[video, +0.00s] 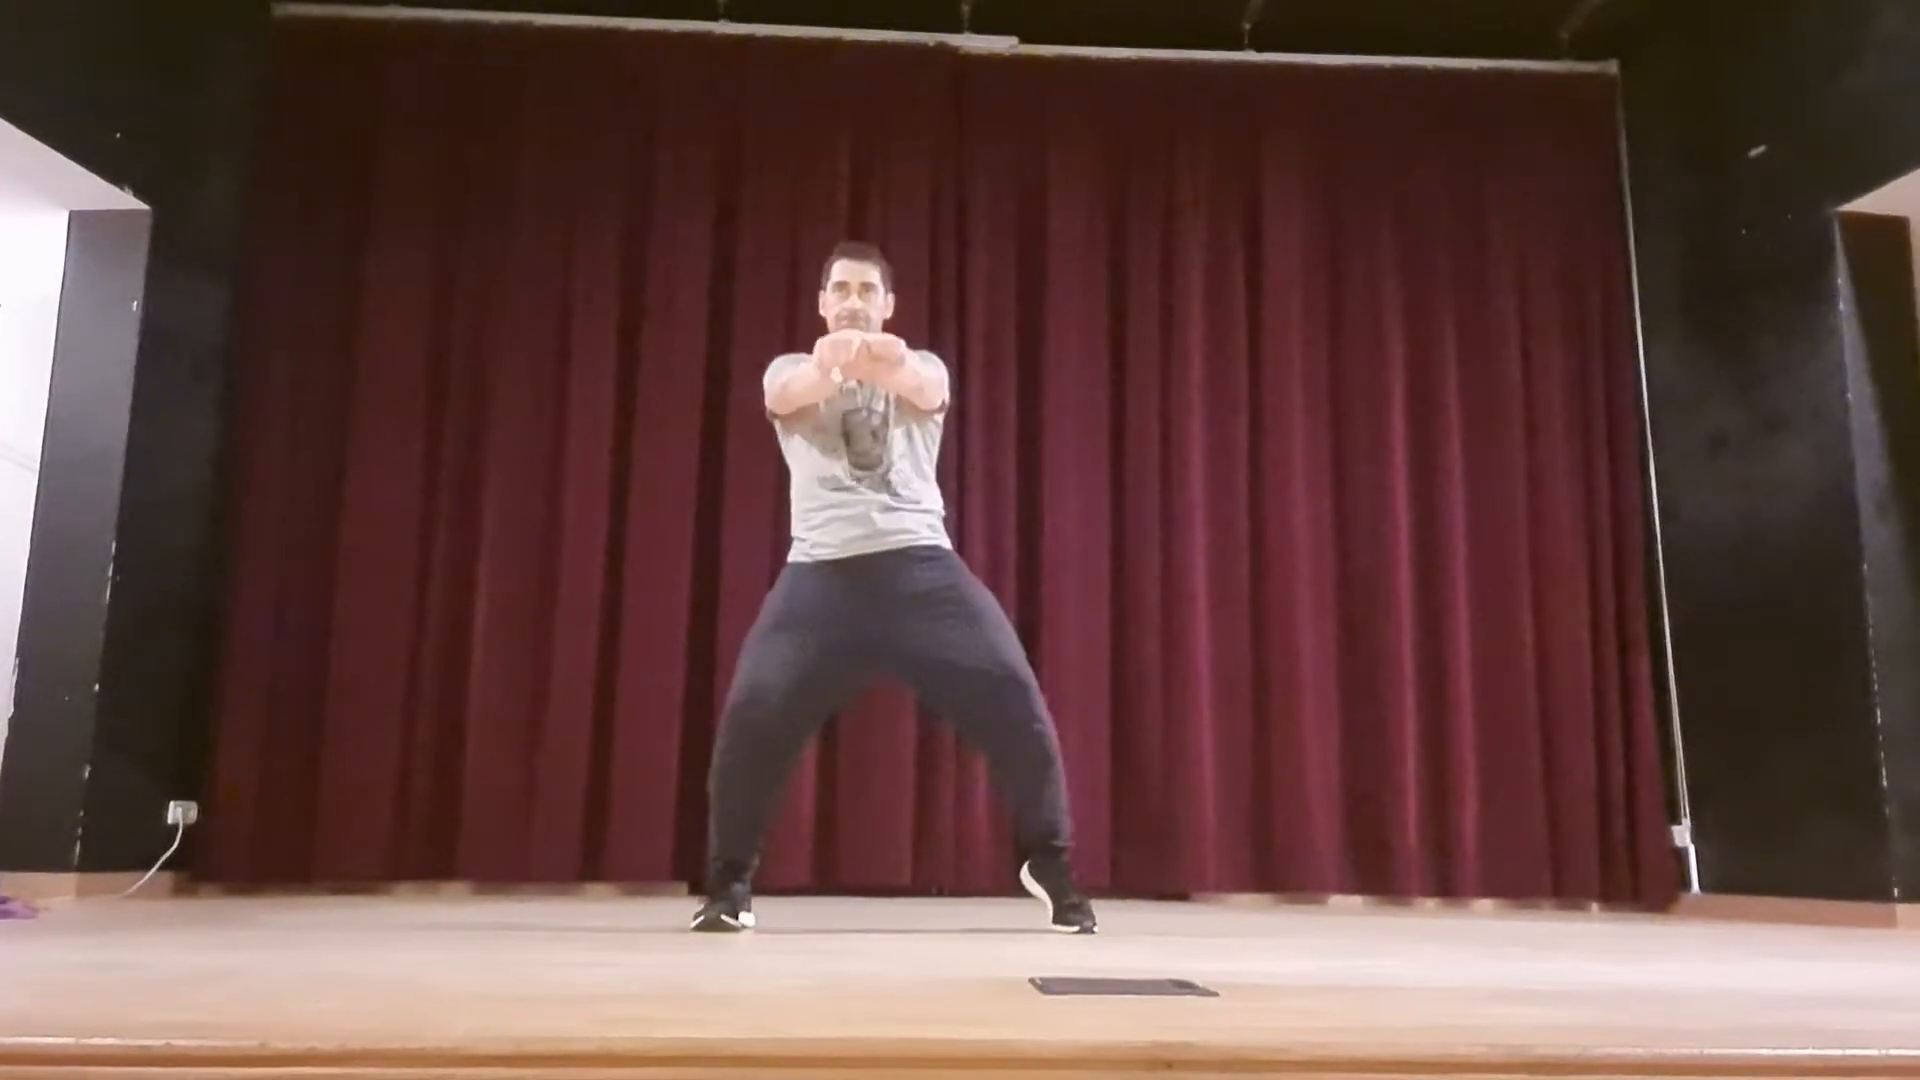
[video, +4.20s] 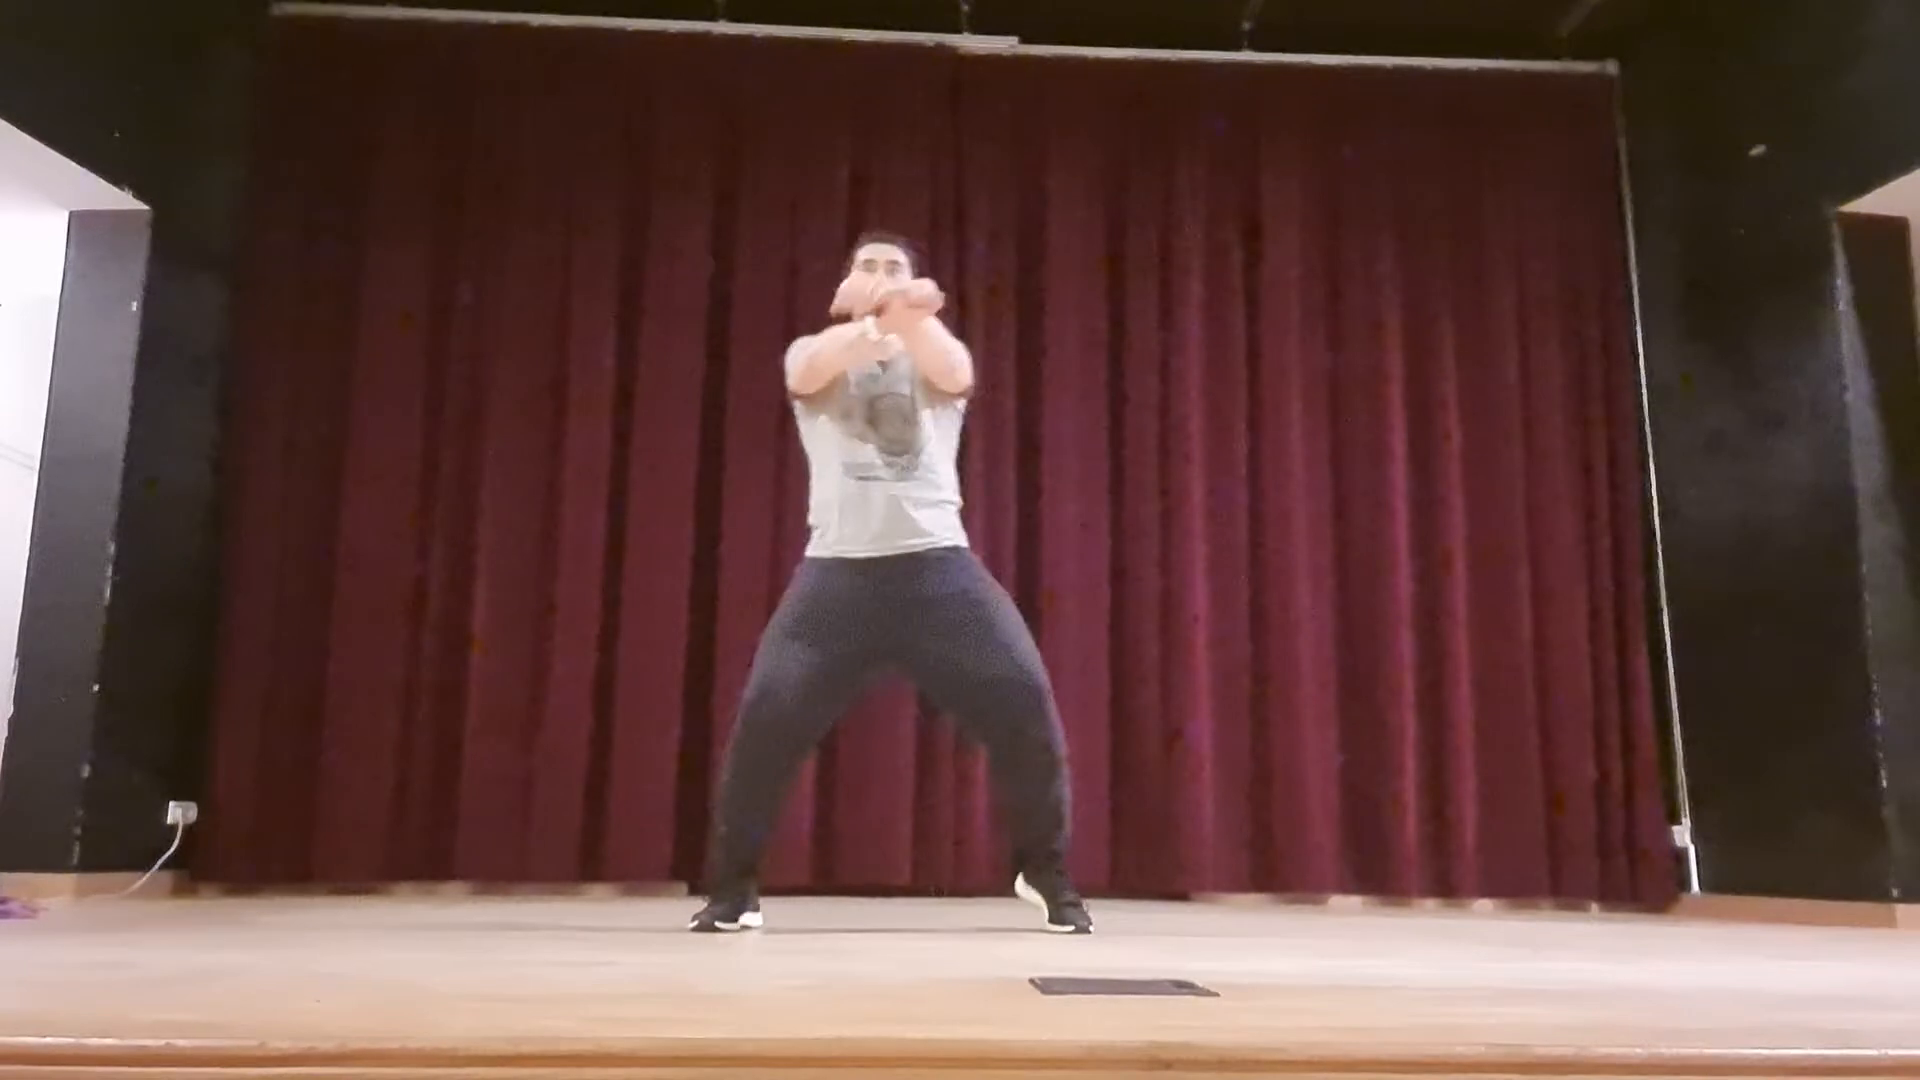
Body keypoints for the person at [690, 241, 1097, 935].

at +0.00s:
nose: (852, 302)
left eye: (866, 291)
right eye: (841, 290)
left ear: (889, 303)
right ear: (820, 301)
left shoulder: (921, 366)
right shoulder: (792, 368)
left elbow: (929, 393)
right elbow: (782, 399)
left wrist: (882, 364)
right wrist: (830, 373)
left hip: (922, 568)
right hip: (819, 575)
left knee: (1016, 700)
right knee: (755, 709)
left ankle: (1048, 861)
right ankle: (728, 887)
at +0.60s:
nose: (940, 292)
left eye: (953, 285)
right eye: (928, 284)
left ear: (975, 306)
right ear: (909, 303)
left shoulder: (997, 371)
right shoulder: (876, 357)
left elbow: (1013, 412)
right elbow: (868, 380)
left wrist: (964, 336)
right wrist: (937, 351)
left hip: (973, 580)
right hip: (870, 575)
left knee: (1031, 712)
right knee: (781, 686)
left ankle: (1050, 891)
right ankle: (734, 867)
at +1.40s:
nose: (852, 285)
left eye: (865, 279)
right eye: (840, 278)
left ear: (887, 306)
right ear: (817, 304)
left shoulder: (916, 360)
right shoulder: (788, 368)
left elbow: (922, 387)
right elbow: (784, 401)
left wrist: (874, 363)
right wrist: (839, 359)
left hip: (920, 567)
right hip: (818, 574)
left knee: (1012, 709)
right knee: (755, 706)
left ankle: (1044, 866)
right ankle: (734, 886)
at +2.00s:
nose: (936, 288)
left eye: (950, 278)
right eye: (923, 278)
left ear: (972, 299)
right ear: (903, 297)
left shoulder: (991, 373)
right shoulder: (870, 355)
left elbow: (1007, 404)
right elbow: (864, 363)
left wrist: (982, 326)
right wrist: (943, 330)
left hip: (965, 576)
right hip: (862, 569)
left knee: (1022, 707)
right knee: (770, 676)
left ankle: (1043, 888)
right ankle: (729, 863)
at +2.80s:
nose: (860, 283)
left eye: (872, 275)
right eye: (848, 274)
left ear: (896, 298)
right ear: (826, 298)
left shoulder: (925, 357)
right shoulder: (797, 362)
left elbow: (937, 383)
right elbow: (789, 394)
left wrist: (890, 341)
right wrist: (840, 351)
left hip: (929, 572)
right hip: (826, 578)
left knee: (1023, 689)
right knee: (759, 701)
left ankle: (1048, 865)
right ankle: (731, 890)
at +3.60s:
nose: (945, 290)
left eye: (959, 280)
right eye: (931, 282)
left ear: (981, 302)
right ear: (909, 303)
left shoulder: (998, 371)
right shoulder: (875, 357)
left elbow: (1016, 419)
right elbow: (868, 373)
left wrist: (987, 346)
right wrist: (950, 345)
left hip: (966, 577)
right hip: (864, 571)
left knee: (1027, 706)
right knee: (771, 684)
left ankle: (1041, 889)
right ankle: (731, 868)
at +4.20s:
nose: (879, 282)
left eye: (895, 272)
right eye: (867, 269)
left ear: (918, 289)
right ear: (843, 285)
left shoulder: (941, 351)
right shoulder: (815, 352)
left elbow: (953, 378)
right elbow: (805, 376)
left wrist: (913, 317)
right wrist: (865, 329)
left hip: (938, 570)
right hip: (835, 575)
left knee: (1025, 701)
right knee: (768, 713)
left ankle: (1043, 869)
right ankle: (731, 890)